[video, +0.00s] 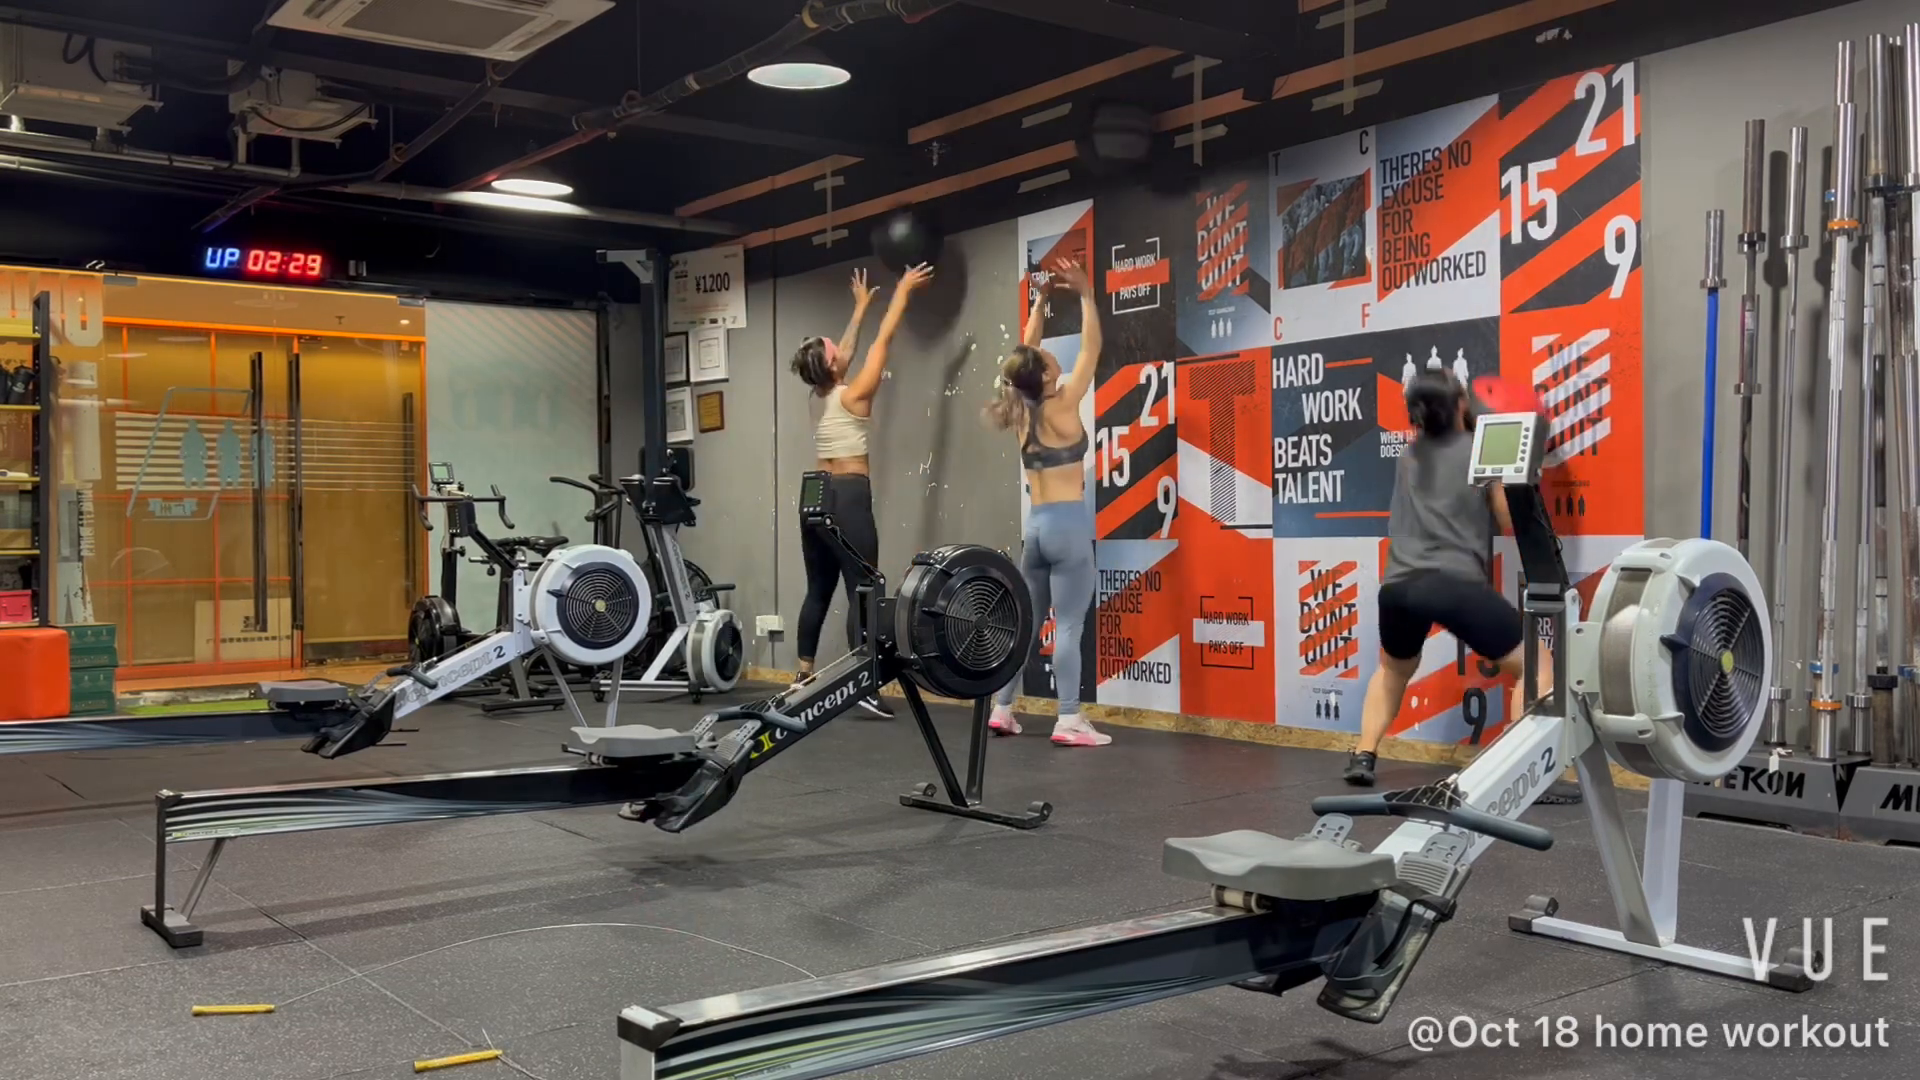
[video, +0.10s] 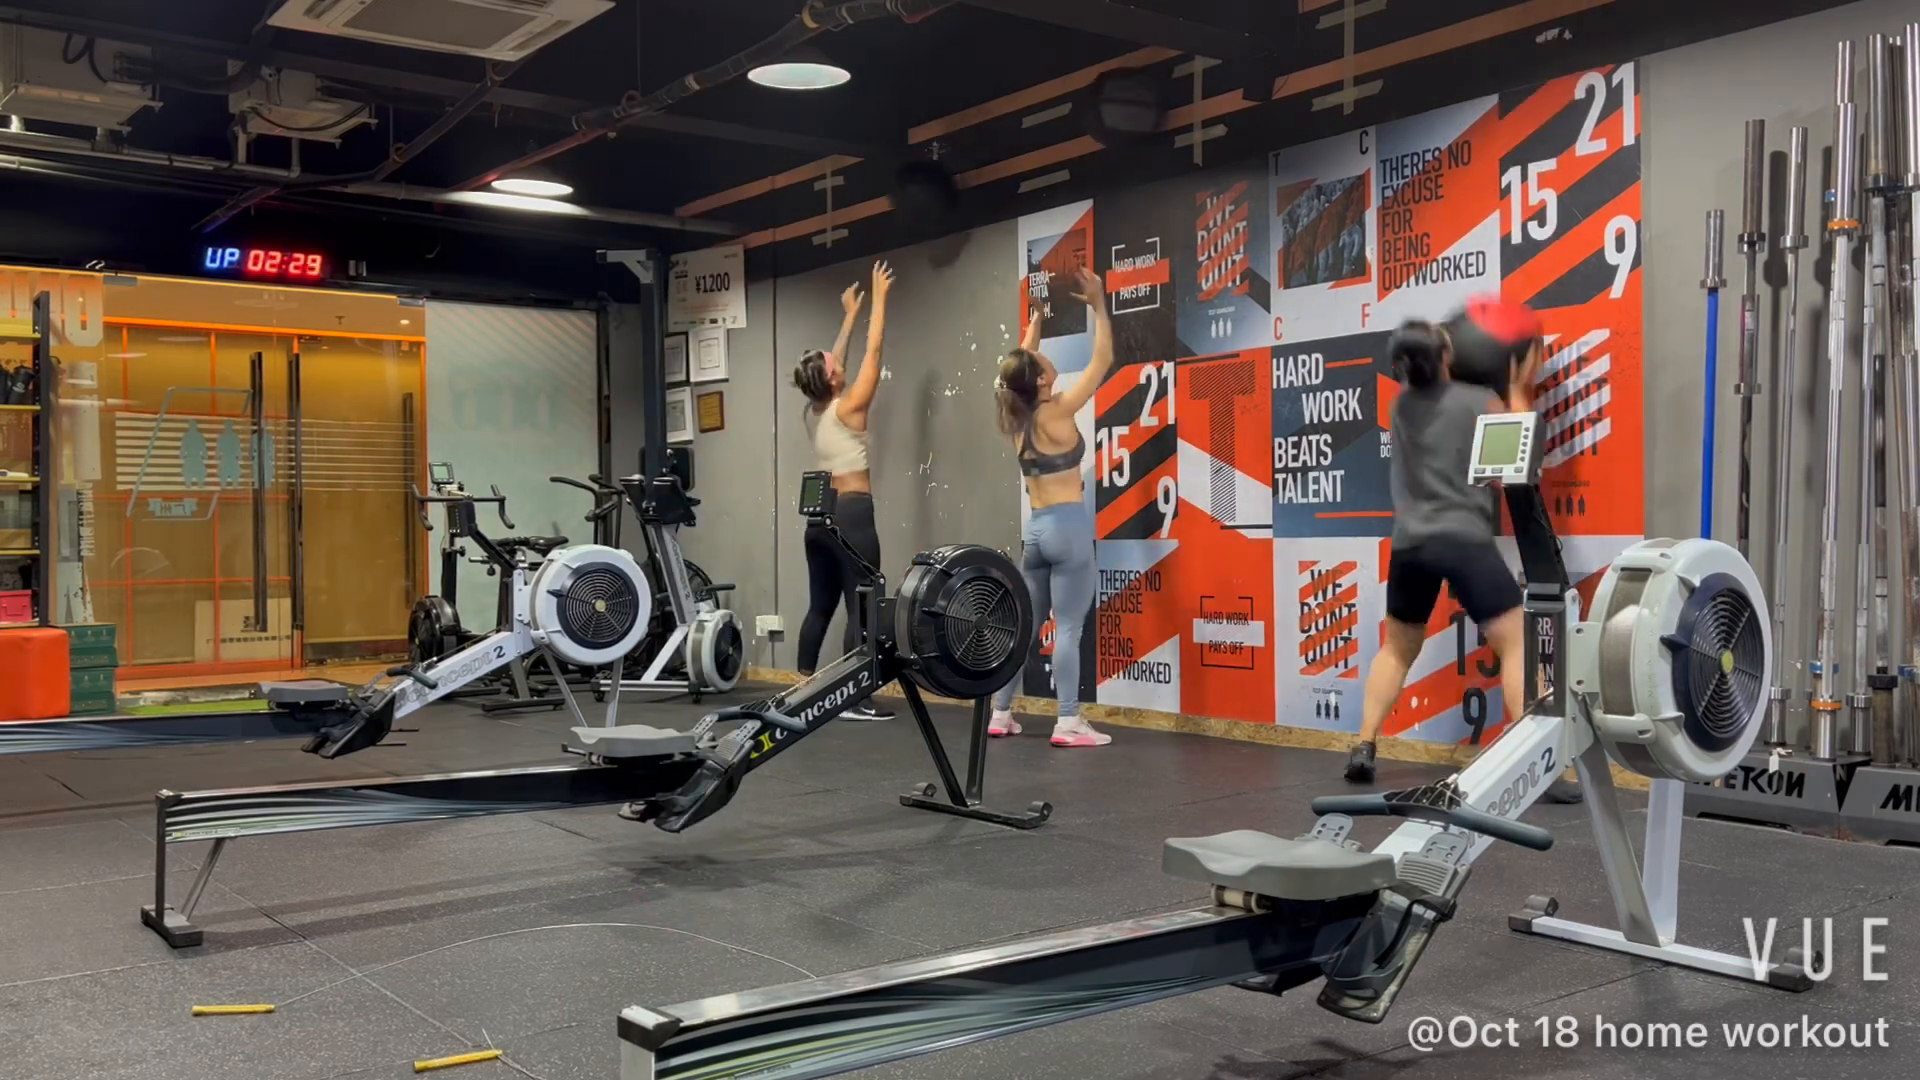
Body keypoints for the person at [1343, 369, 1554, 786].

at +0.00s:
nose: (1469, 402)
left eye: (1464, 395)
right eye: (1465, 397)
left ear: (1419, 412)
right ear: (1461, 406)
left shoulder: (1408, 455)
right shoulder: (1481, 451)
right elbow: (1506, 522)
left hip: (1399, 587)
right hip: (1458, 585)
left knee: (1391, 671)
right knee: (1533, 667)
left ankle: (1363, 755)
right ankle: (1525, 767)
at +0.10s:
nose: (1450, 352)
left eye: (1442, 346)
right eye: (1446, 348)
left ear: (1406, 363)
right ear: (1445, 358)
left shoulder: (1401, 407)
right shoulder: (1477, 402)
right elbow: (1523, 454)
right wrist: (1519, 391)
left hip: (1409, 547)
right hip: (1467, 544)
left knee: (1397, 647)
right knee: (1513, 646)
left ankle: (1364, 747)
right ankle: (1533, 763)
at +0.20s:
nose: (1443, 322)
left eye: (1438, 316)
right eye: (1438, 318)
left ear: (1399, 337)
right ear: (1434, 331)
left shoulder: (1391, 374)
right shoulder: (1465, 364)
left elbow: (1416, 344)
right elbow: (1521, 345)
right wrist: (1520, 282)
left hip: (1417, 514)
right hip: (1471, 512)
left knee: (1395, 628)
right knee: (1503, 620)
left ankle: (1362, 722)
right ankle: (1533, 722)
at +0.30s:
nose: (1448, 316)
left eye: (1440, 313)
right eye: (1442, 314)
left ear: (1403, 338)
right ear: (1440, 327)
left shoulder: (1399, 369)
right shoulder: (1464, 354)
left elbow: (1409, 308)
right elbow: (1488, 280)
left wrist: (1417, 241)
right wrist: (1513, 213)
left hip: (1418, 517)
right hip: (1472, 513)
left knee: (1398, 629)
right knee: (1506, 624)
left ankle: (1369, 727)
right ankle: (1532, 728)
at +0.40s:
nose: (1455, 340)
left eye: (1444, 335)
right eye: (1450, 336)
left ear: (1403, 355)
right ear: (1447, 350)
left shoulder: (1400, 391)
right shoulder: (1469, 384)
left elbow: (1399, 324)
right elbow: (1481, 303)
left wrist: (1404, 258)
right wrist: (1470, 234)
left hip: (1415, 535)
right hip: (1468, 533)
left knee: (1403, 647)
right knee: (1507, 644)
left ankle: (1368, 746)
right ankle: (1528, 757)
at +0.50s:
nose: (1454, 352)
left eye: (1446, 348)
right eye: (1449, 349)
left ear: (1403, 369)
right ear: (1445, 365)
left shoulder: (1396, 406)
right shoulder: (1468, 400)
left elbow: (1392, 341)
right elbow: (1491, 325)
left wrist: (1401, 276)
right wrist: (1485, 251)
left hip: (1417, 553)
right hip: (1470, 552)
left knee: (1401, 661)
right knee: (1507, 663)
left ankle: (1363, 762)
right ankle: (1520, 776)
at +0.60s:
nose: (1453, 352)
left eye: (1448, 347)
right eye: (1448, 349)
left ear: (1405, 366)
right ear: (1440, 361)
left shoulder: (1397, 403)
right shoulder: (1468, 394)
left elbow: (1386, 350)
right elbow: (1518, 335)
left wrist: (1402, 291)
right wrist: (1523, 260)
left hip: (1418, 552)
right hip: (1472, 550)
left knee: (1399, 662)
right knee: (1501, 661)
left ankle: (1363, 761)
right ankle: (1519, 767)